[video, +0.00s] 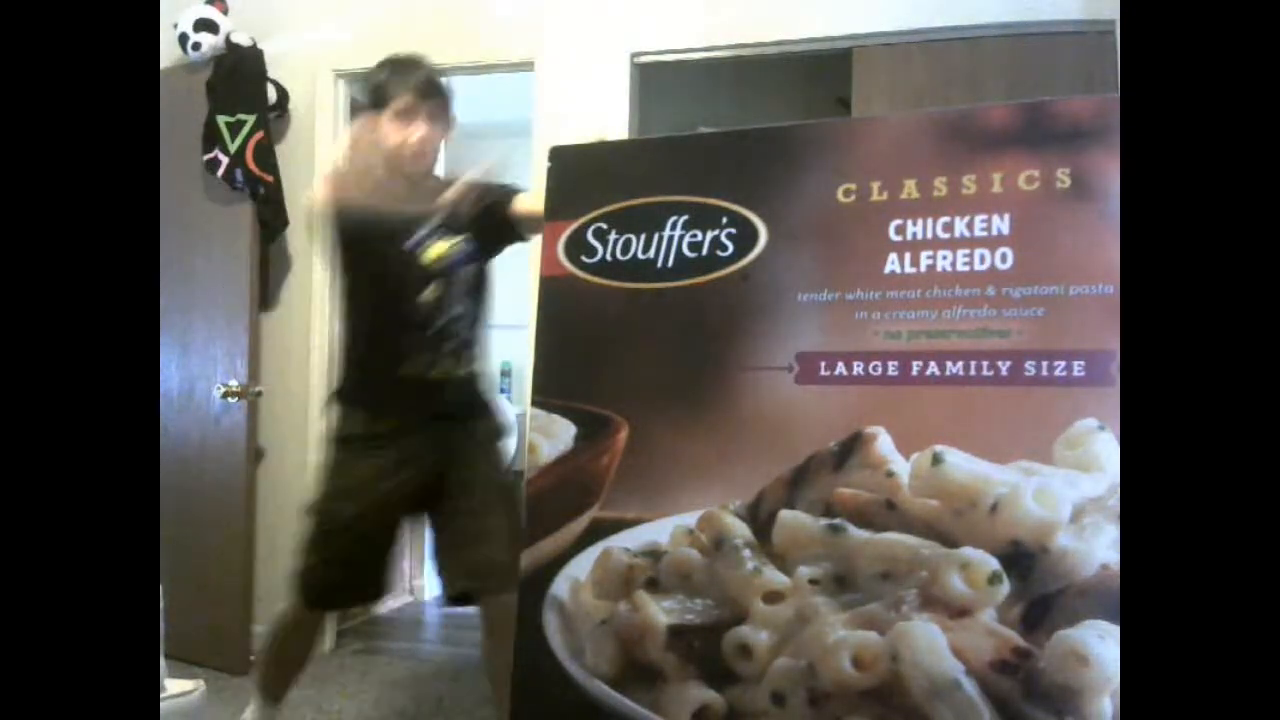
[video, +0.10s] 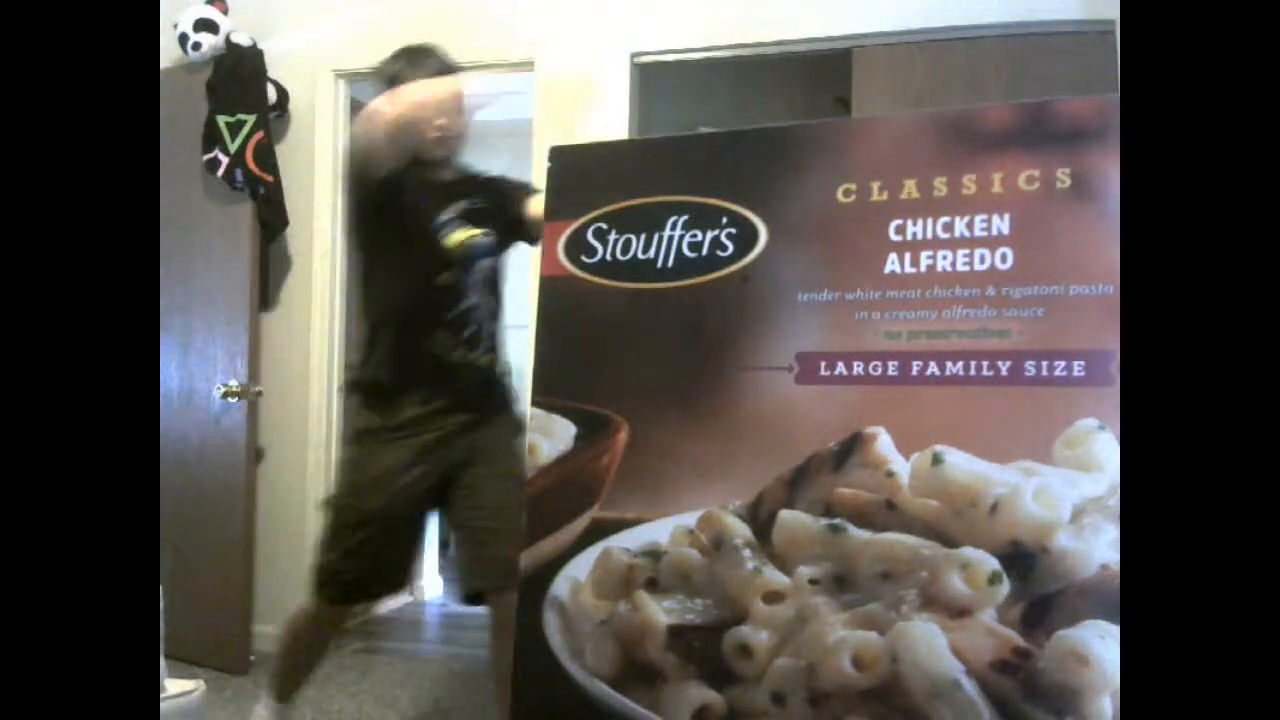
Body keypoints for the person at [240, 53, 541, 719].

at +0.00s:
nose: (424, 136)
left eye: (435, 120)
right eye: (407, 118)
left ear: (449, 128)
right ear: (369, 125)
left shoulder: (470, 207)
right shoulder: (358, 205)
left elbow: (555, 213)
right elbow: (346, 197)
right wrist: (364, 149)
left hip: (462, 421)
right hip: (375, 425)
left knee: (501, 589)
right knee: (315, 597)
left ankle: (512, 713)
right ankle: (261, 710)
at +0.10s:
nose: (448, 117)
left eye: (455, 102)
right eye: (430, 103)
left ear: (466, 111)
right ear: (394, 110)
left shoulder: (486, 193)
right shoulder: (380, 183)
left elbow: (567, 220)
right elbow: (370, 132)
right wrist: (421, 96)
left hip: (483, 417)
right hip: (393, 419)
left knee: (508, 585)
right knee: (339, 597)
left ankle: (515, 714)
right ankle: (274, 704)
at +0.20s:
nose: (488, 105)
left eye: (495, 93)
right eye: (473, 93)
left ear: (506, 102)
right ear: (442, 98)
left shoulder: (516, 190)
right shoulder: (422, 163)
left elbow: (589, 211)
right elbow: (459, 131)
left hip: (502, 417)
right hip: (420, 416)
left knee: (525, 592)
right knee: (357, 596)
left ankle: (528, 713)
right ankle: (311, 710)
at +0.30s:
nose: (517, 117)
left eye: (527, 101)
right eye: (501, 102)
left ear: (543, 111)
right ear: (471, 114)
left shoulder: (548, 193)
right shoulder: (449, 174)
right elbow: (432, 110)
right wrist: (522, 77)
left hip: (522, 422)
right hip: (438, 416)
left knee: (534, 606)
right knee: (370, 598)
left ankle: (538, 718)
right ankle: (328, 715)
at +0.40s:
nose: (510, 118)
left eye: (523, 100)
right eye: (494, 104)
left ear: (546, 110)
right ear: (475, 117)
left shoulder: (560, 192)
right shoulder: (460, 178)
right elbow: (439, 125)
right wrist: (529, 58)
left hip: (530, 419)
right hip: (445, 414)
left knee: (532, 605)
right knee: (372, 597)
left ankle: (540, 717)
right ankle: (334, 718)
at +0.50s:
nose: (517, 131)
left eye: (525, 115)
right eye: (510, 114)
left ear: (541, 121)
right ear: (483, 115)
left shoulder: (556, 201)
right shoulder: (460, 183)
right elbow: (418, 133)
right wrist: (475, 136)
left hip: (537, 432)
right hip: (460, 422)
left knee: (538, 612)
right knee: (371, 595)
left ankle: (555, 719)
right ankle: (325, 716)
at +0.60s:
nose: (503, 143)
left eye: (516, 123)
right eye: (489, 129)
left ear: (548, 125)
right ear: (476, 137)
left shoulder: (576, 204)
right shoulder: (468, 195)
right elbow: (423, 202)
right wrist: (399, 158)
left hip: (549, 430)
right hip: (467, 427)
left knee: (547, 611)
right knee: (371, 593)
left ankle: (558, 718)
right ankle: (319, 716)